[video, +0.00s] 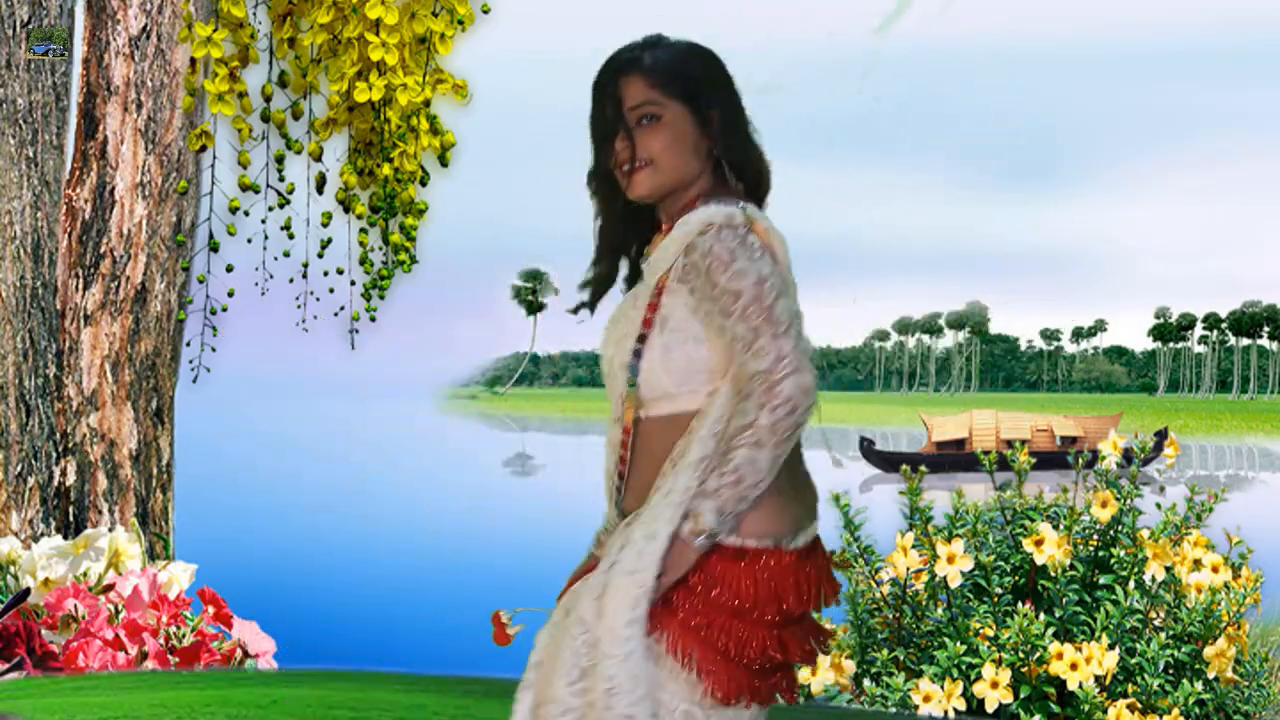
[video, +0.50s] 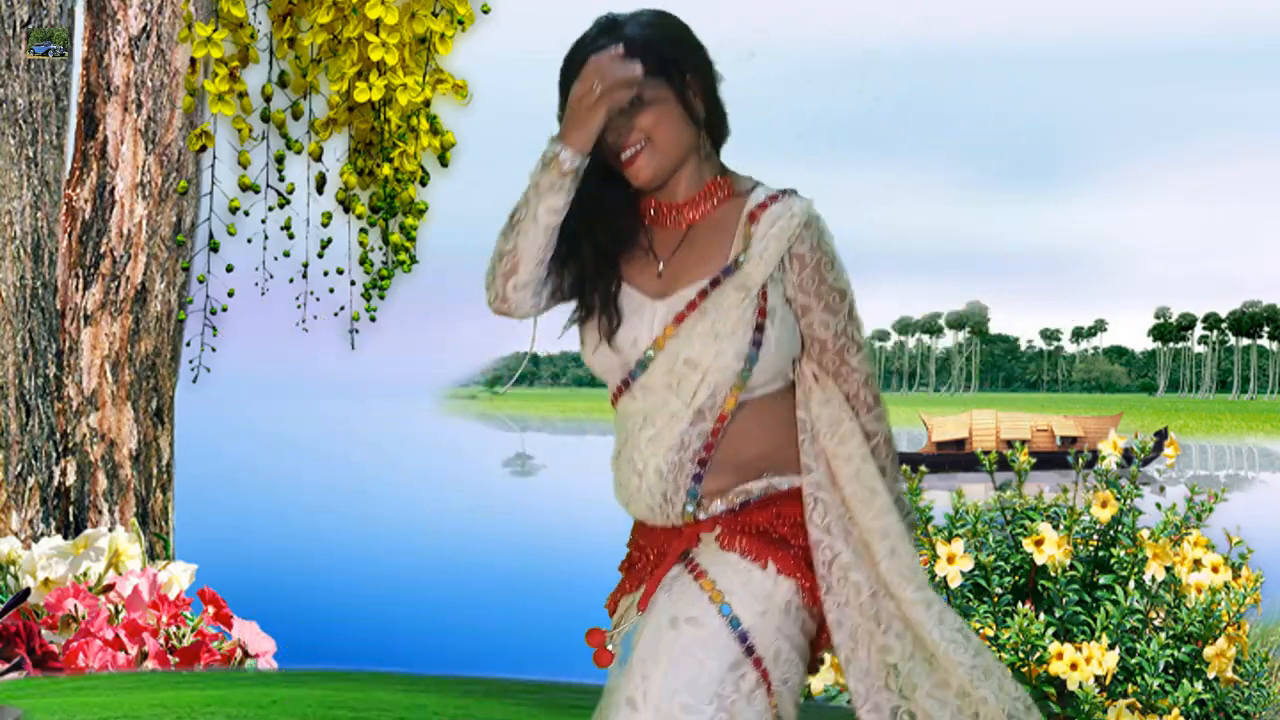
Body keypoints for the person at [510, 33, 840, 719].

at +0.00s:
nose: (623, 143)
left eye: (648, 119)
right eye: (615, 129)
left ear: (710, 127)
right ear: (610, 148)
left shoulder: (719, 235)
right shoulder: (668, 248)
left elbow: (785, 384)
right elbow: (670, 417)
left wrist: (692, 529)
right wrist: (618, 536)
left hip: (733, 562)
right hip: (676, 553)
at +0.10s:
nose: (633, 90)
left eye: (655, 62)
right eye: (619, 78)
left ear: (718, 68)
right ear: (610, 101)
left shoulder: (746, 182)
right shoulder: (649, 214)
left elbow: (853, 307)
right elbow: (635, 372)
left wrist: (782, 449)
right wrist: (535, 444)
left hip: (721, 491)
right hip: (652, 500)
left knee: (687, 694)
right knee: (640, 693)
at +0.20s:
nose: (637, 92)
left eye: (659, 62)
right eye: (623, 80)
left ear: (722, 66)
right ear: (615, 104)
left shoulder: (758, 191)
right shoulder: (641, 218)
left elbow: (876, 309)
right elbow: (595, 331)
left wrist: (814, 445)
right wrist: (483, 380)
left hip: (736, 502)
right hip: (653, 508)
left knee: (712, 698)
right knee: (675, 699)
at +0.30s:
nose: (636, 117)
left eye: (654, 85)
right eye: (621, 104)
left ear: (716, 78)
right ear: (612, 124)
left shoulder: (782, 211)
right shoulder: (635, 227)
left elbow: (850, 389)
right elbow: (543, 327)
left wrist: (820, 533)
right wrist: (462, 297)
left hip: (750, 523)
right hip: (656, 524)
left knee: (747, 706)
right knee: (646, 703)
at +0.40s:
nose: (626, 143)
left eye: (642, 112)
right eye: (611, 131)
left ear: (707, 102)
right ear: (606, 149)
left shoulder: (783, 233)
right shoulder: (622, 245)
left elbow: (828, 430)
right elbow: (510, 339)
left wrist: (832, 605)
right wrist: (493, 244)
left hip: (751, 549)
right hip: (661, 552)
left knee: (647, 704)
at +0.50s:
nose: (615, 132)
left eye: (633, 103)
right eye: (598, 122)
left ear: (694, 93)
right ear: (590, 141)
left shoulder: (779, 224)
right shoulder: (607, 244)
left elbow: (851, 414)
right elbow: (510, 293)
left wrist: (878, 586)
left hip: (765, 531)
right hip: (659, 541)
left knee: (638, 704)